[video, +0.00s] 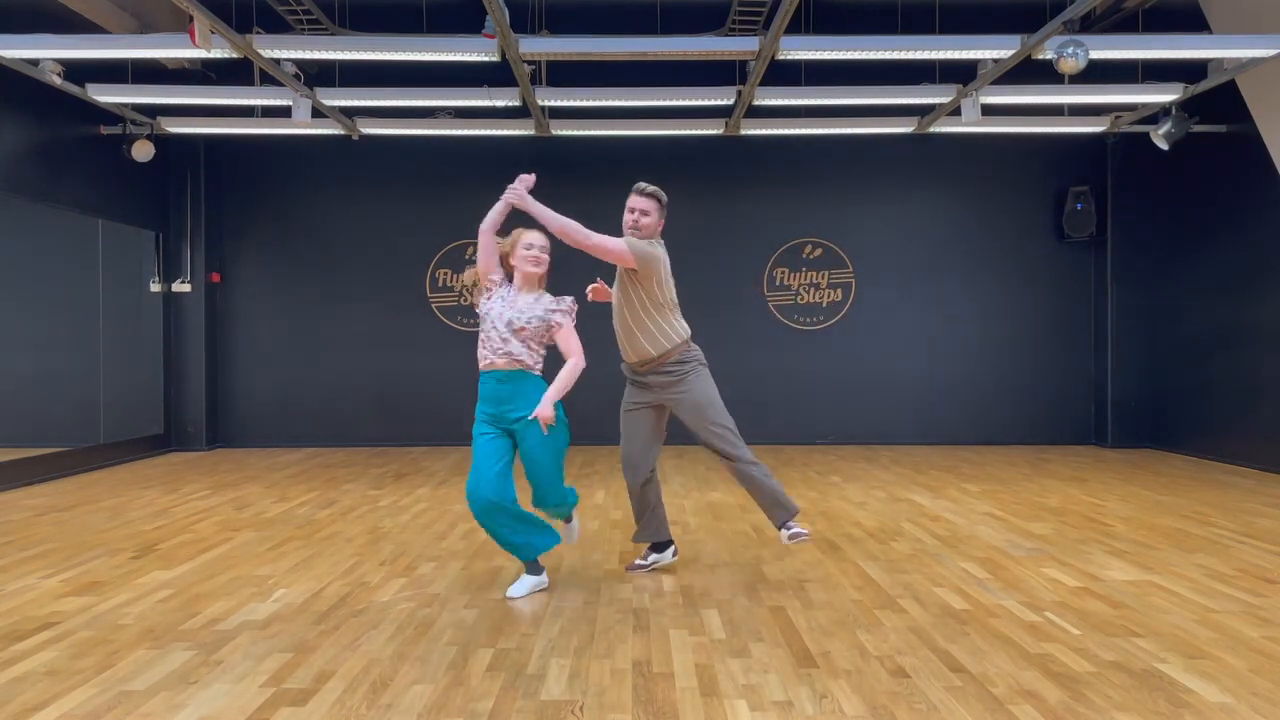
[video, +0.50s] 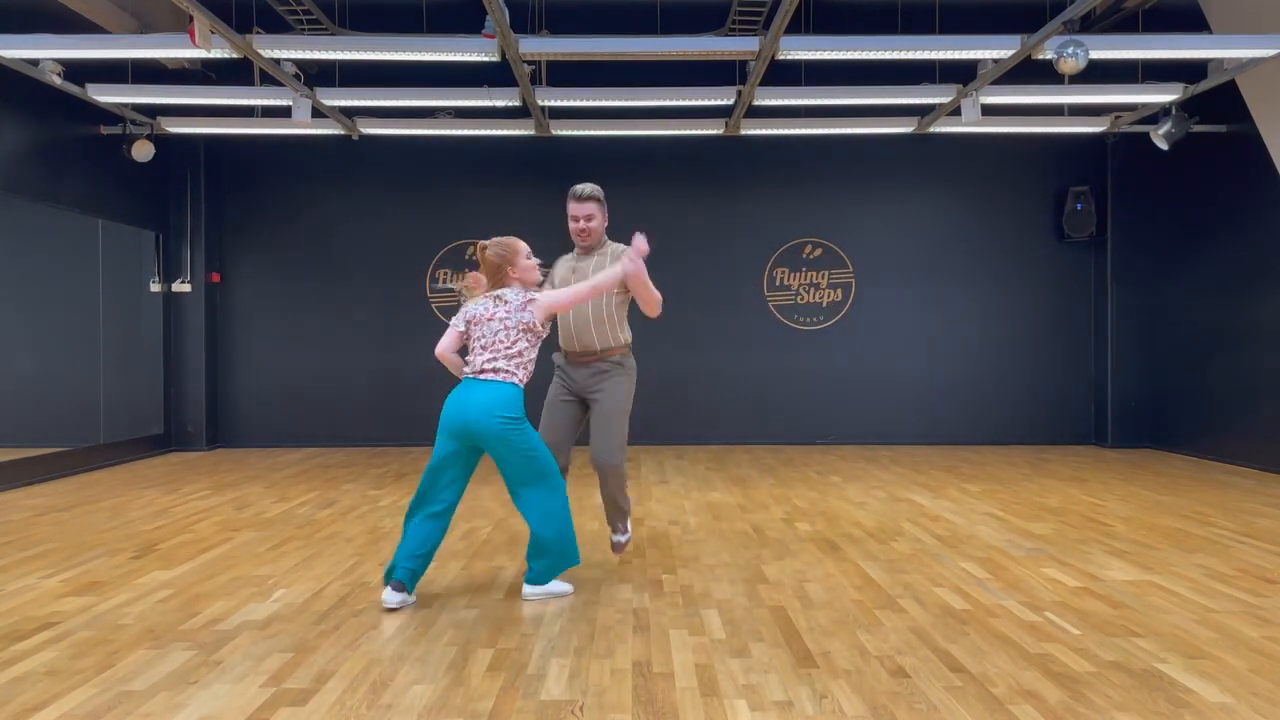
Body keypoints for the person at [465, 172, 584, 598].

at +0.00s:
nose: (537, 251)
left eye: (543, 248)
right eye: (528, 246)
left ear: (549, 262)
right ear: (511, 257)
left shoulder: (552, 307)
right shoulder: (494, 288)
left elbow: (576, 360)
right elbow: (486, 230)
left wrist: (549, 398)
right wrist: (509, 198)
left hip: (532, 400)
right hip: (488, 401)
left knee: (547, 496)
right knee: (484, 496)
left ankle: (566, 509)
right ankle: (533, 570)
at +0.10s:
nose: (492, 254)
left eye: (498, 252)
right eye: (496, 249)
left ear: (514, 265)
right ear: (520, 263)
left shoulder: (512, 307)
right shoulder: (521, 291)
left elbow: (520, 360)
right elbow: (523, 245)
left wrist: (511, 402)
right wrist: (522, 200)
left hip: (523, 407)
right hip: (511, 406)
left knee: (506, 498)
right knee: (498, 500)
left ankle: (586, 519)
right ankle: (542, 573)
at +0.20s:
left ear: (489, 259)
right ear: (532, 255)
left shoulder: (480, 304)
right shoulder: (547, 289)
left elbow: (469, 354)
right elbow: (551, 248)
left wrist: (476, 393)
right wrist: (556, 204)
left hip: (508, 399)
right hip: (548, 398)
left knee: (484, 491)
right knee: (530, 494)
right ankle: (542, 576)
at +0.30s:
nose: (529, 257)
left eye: (526, 251)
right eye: (524, 253)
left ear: (485, 263)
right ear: (508, 262)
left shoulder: (469, 300)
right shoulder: (533, 286)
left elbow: (448, 347)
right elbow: (575, 240)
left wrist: (465, 385)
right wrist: (592, 198)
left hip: (489, 392)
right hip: (535, 392)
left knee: (470, 489)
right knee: (545, 483)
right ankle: (538, 577)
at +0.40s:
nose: (533, 255)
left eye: (528, 250)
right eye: (526, 254)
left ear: (497, 270)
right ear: (512, 269)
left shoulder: (471, 300)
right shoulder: (539, 291)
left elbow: (444, 347)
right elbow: (588, 256)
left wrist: (469, 381)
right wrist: (612, 216)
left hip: (471, 397)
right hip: (515, 400)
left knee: (449, 489)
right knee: (547, 481)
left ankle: (409, 579)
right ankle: (542, 578)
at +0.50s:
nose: (538, 261)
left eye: (533, 255)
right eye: (529, 257)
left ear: (501, 272)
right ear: (512, 270)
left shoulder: (473, 307)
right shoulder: (537, 301)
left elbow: (444, 350)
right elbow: (595, 286)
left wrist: (470, 376)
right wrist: (633, 256)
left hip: (460, 402)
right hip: (502, 406)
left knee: (436, 492)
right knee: (544, 483)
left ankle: (398, 583)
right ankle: (539, 578)